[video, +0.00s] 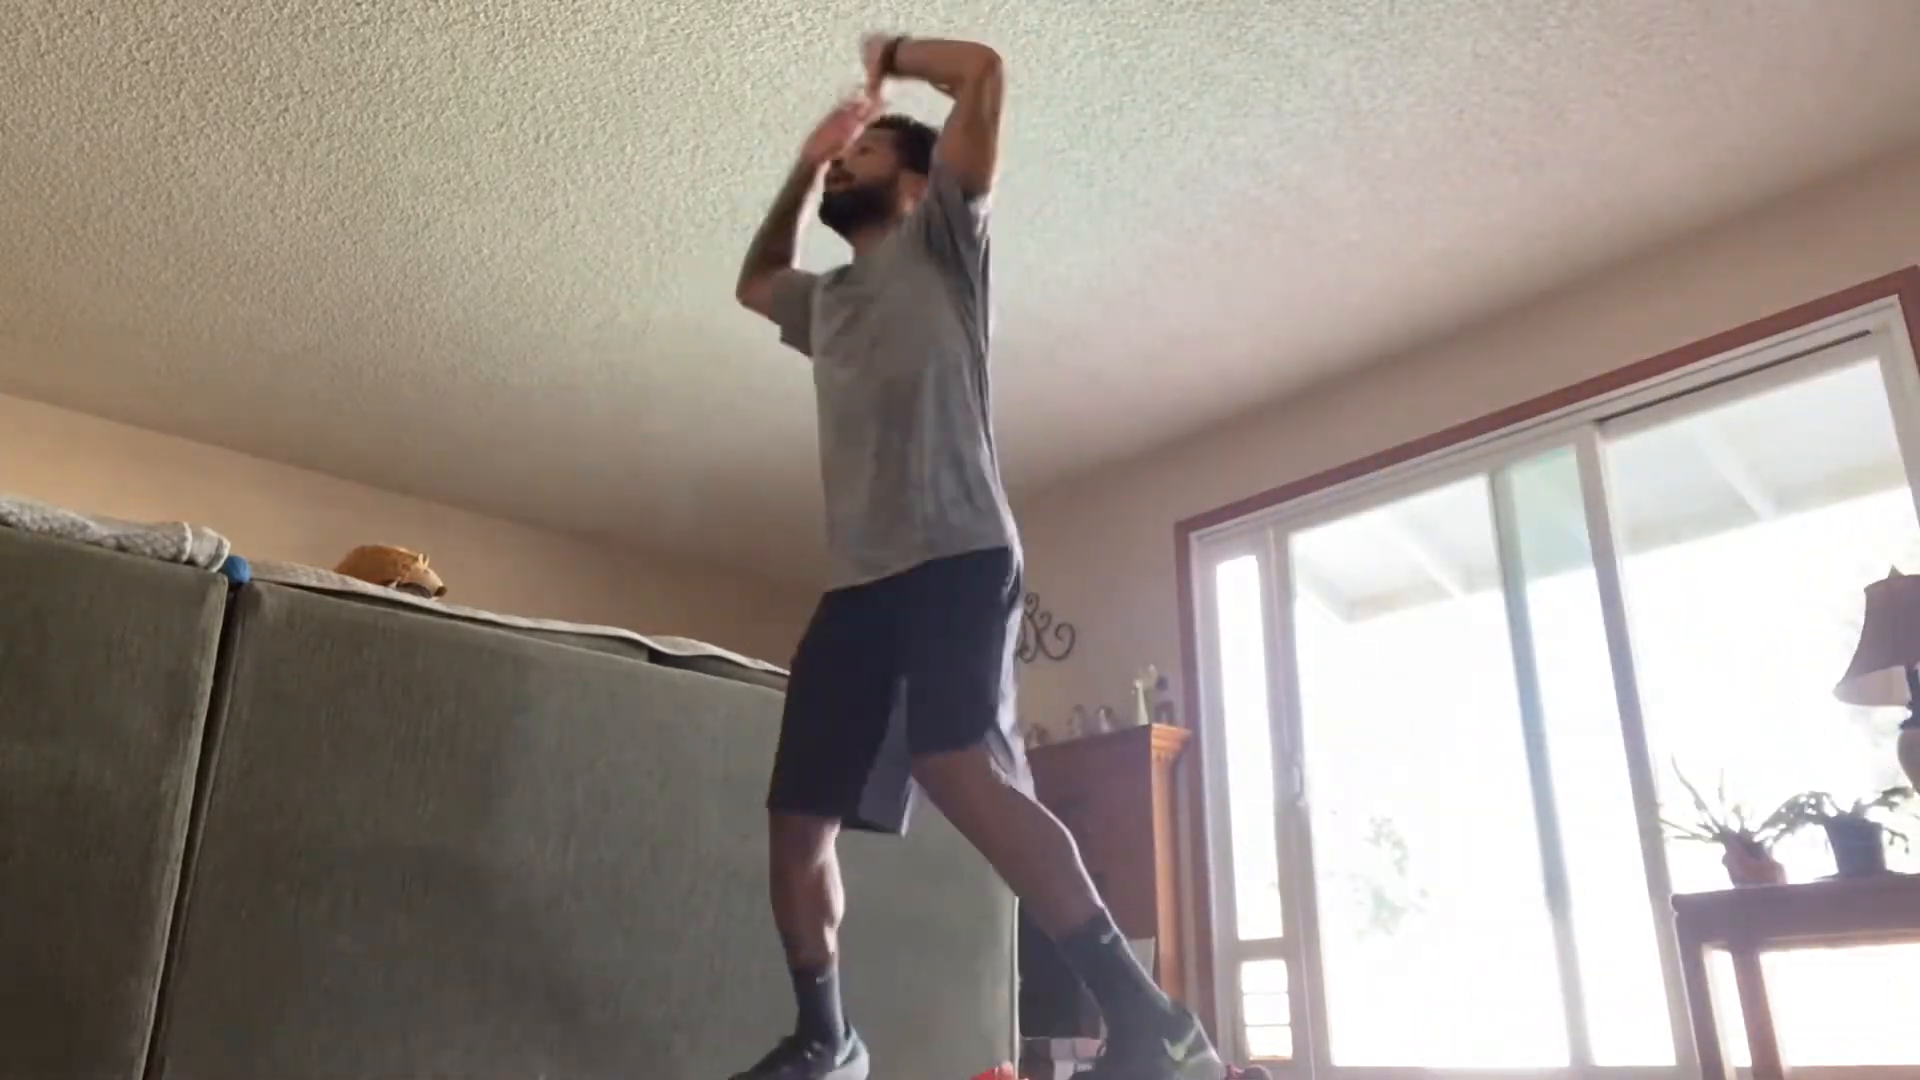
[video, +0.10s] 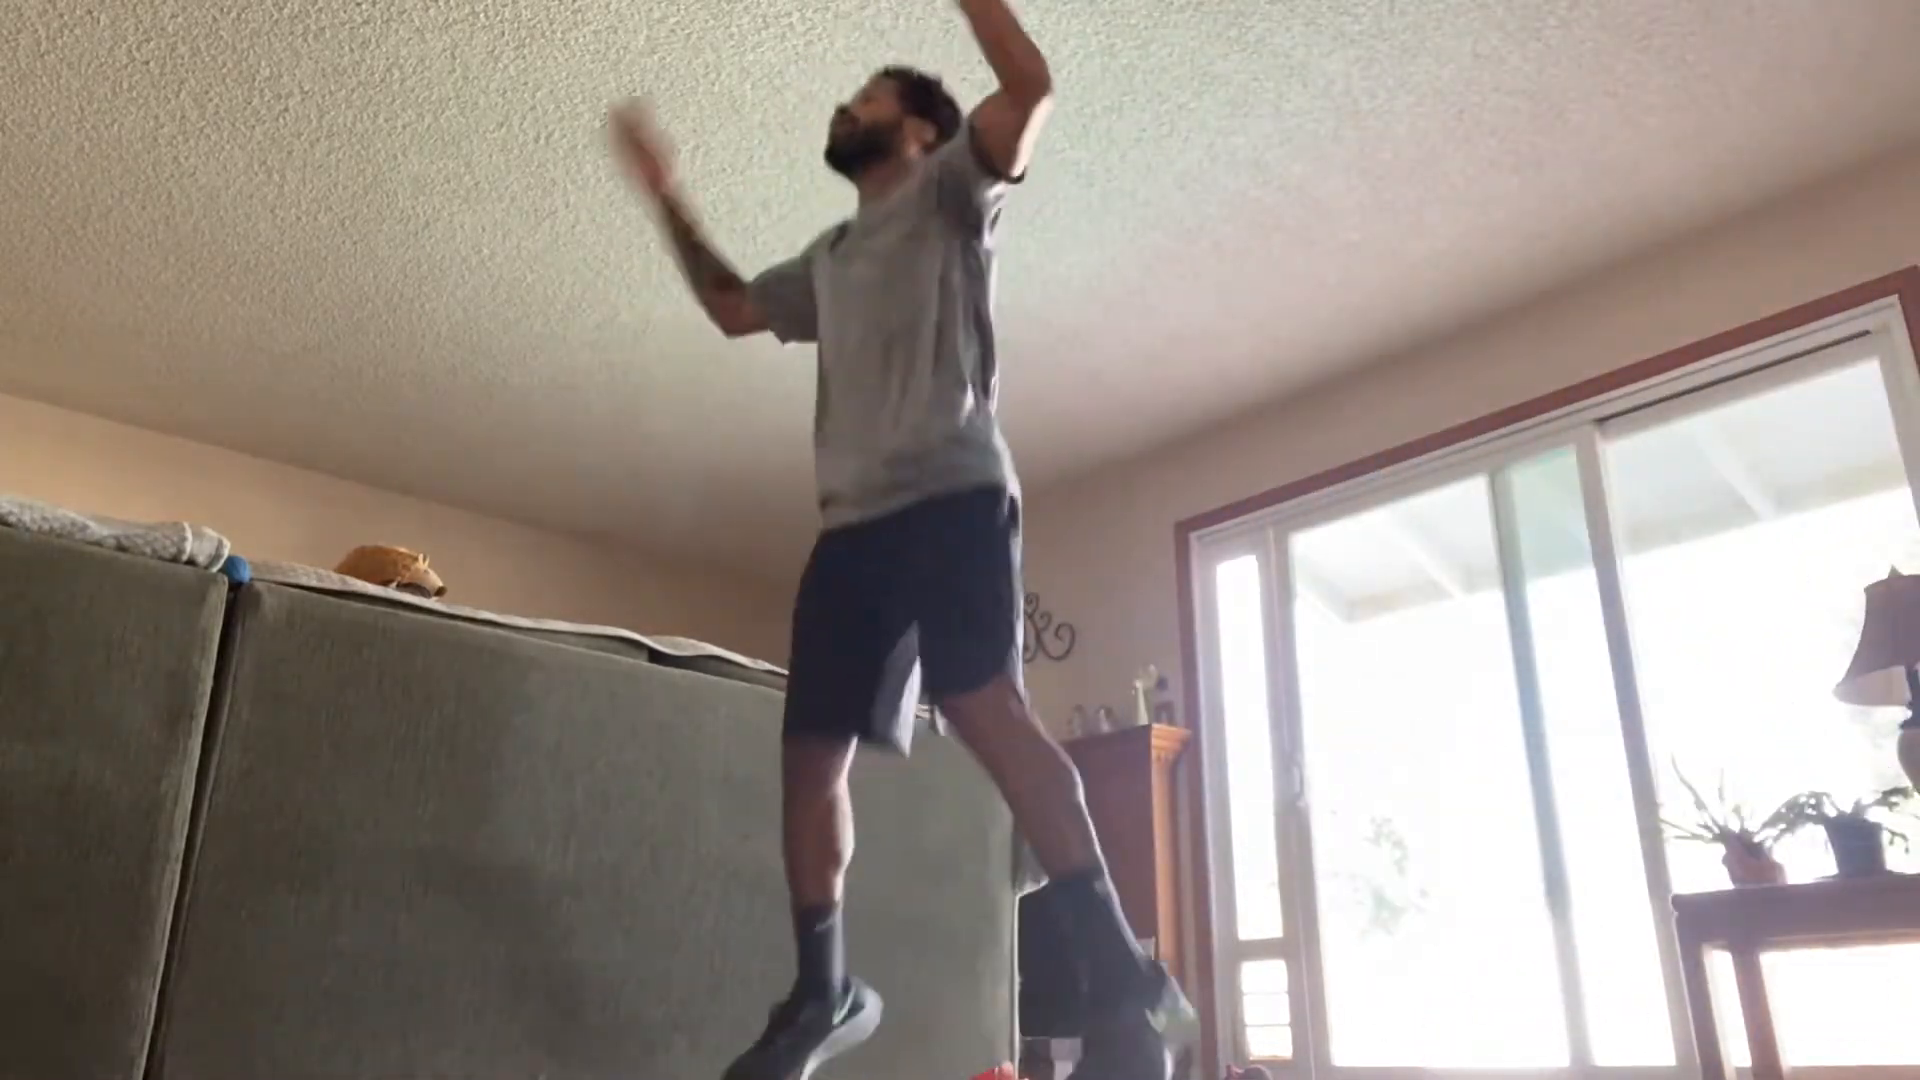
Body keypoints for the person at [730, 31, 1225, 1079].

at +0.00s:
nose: (839, 155)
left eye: (864, 143)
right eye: (834, 149)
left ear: (915, 171)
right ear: (841, 186)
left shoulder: (943, 239)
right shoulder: (827, 300)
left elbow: (983, 69)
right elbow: (758, 279)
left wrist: (891, 52)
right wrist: (806, 171)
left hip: (961, 554)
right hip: (860, 579)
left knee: (956, 762)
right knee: (798, 818)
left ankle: (1143, 1017)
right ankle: (824, 1040)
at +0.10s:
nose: (846, 106)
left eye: (870, 97)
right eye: (850, 100)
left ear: (923, 127)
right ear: (867, 140)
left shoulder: (950, 187)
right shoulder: (831, 259)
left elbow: (1028, 82)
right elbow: (733, 306)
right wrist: (667, 201)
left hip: (958, 495)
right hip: (854, 521)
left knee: (983, 703)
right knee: (812, 752)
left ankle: (1118, 962)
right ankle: (824, 991)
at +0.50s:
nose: (811, 96)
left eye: (835, 84)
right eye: (814, 88)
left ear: (889, 119)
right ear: (835, 130)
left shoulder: (936, 202)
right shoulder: (811, 275)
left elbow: (1006, 332)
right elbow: (829, 418)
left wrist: (933, 394)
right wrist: (756, 486)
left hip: (945, 495)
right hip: (851, 522)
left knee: (903, 703)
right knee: (841, 724)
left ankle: (987, 984)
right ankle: (908, 1002)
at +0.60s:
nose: (831, 58)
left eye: (855, 43)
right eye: (832, 51)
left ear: (912, 68)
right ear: (847, 92)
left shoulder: (942, 148)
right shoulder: (829, 221)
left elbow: (1032, 225)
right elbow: (803, 364)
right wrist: (668, 363)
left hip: (941, 439)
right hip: (850, 460)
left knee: (932, 655)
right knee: (839, 697)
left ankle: (1013, 943)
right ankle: (879, 958)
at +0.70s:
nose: (842, 74)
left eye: (867, 64)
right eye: (845, 66)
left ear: (920, 90)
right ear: (870, 102)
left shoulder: (949, 157)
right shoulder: (838, 233)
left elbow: (1056, 96)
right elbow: (762, 331)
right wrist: (668, 242)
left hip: (940, 442)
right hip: (842, 468)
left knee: (949, 660)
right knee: (805, 703)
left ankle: (1060, 939)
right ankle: (844, 962)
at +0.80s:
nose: (850, 105)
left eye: (874, 95)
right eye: (854, 99)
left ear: (925, 118)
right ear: (878, 135)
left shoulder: (954, 185)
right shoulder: (839, 266)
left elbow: (1038, 62)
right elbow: (748, 307)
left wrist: (968, 2)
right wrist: (727, 186)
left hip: (941, 483)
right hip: (842, 506)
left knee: (942, 694)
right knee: (785, 742)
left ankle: (1081, 962)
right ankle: (816, 993)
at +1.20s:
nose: (801, 79)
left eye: (822, 62)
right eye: (801, 67)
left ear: (880, 80)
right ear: (833, 95)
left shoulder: (922, 150)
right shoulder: (825, 226)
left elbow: (1029, 159)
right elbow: (835, 362)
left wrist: (1052, 188)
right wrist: (753, 421)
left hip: (955, 428)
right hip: (864, 456)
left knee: (904, 623)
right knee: (819, 677)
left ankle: (1063, 854)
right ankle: (870, 934)